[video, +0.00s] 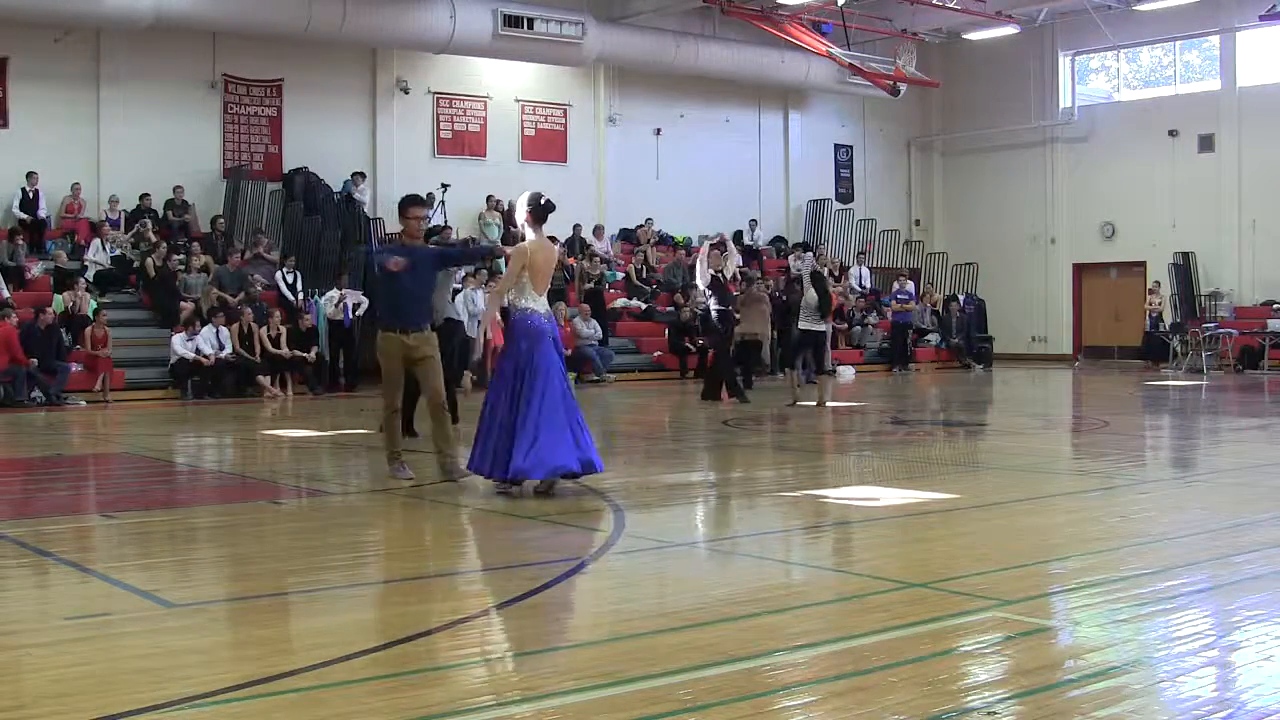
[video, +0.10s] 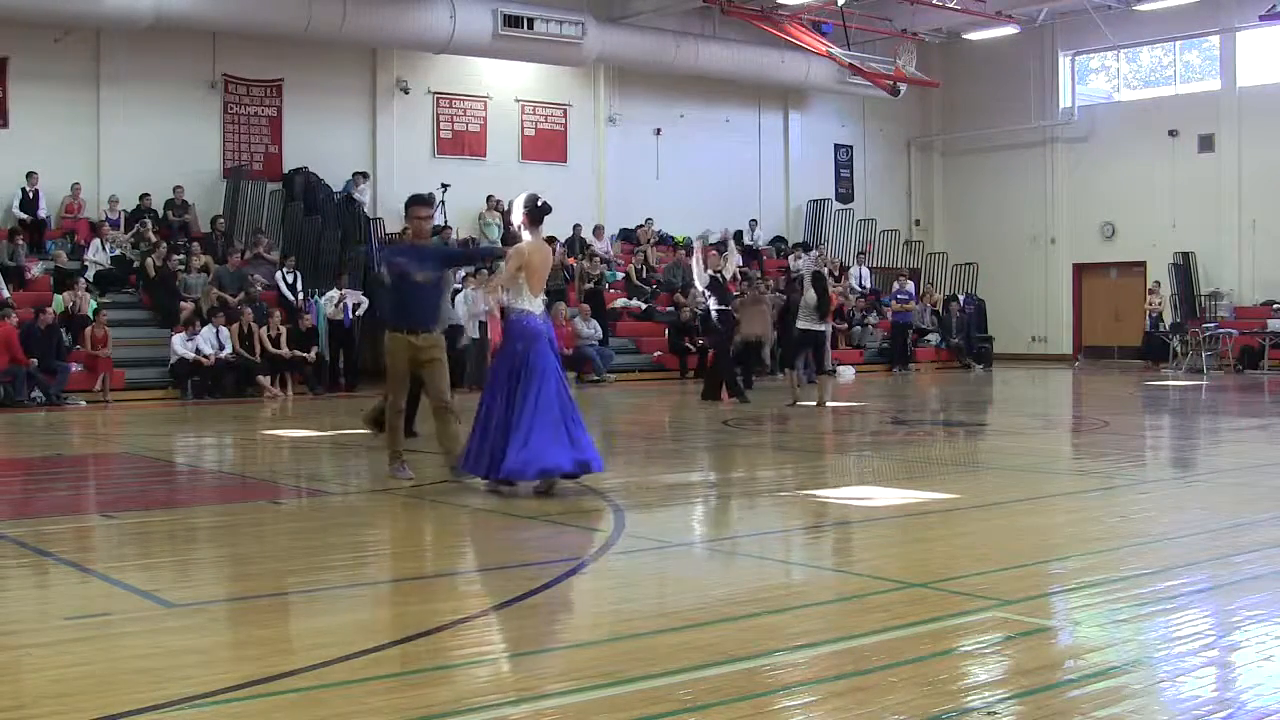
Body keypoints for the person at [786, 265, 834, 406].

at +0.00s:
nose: (808, 282)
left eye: (809, 280)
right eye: (809, 279)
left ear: (812, 281)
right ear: (824, 282)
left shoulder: (809, 292)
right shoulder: (828, 296)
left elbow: (805, 272)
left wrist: (808, 256)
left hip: (805, 330)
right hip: (820, 331)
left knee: (791, 360)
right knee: (820, 367)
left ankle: (794, 393)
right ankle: (821, 398)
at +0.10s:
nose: (808, 282)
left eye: (810, 279)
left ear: (812, 282)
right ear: (824, 282)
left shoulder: (808, 293)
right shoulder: (827, 297)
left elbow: (808, 273)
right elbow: (826, 316)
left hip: (804, 329)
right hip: (820, 331)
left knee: (790, 361)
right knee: (820, 367)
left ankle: (795, 392)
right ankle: (821, 398)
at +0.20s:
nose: (809, 283)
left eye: (811, 280)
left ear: (813, 283)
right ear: (825, 283)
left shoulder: (808, 294)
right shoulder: (826, 298)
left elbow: (808, 273)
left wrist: (813, 256)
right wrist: (821, 258)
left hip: (801, 330)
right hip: (818, 331)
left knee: (789, 360)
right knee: (820, 367)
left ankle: (795, 393)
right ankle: (821, 399)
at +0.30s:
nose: (810, 282)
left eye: (812, 280)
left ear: (813, 282)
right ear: (825, 283)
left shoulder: (808, 293)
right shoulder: (826, 297)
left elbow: (808, 273)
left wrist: (812, 256)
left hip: (802, 329)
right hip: (819, 330)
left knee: (791, 361)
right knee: (820, 367)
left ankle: (795, 395)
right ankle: (821, 399)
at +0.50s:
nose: (811, 281)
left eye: (812, 279)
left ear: (812, 281)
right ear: (825, 282)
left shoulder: (806, 293)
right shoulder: (827, 297)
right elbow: (828, 317)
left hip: (803, 327)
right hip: (820, 329)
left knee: (796, 363)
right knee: (821, 366)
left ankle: (796, 395)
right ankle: (822, 398)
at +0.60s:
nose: (803, 281)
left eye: (806, 279)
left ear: (811, 280)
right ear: (825, 282)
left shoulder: (805, 292)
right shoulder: (827, 295)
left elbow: (793, 303)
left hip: (803, 326)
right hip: (820, 327)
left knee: (796, 363)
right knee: (821, 366)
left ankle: (796, 396)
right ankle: (822, 399)